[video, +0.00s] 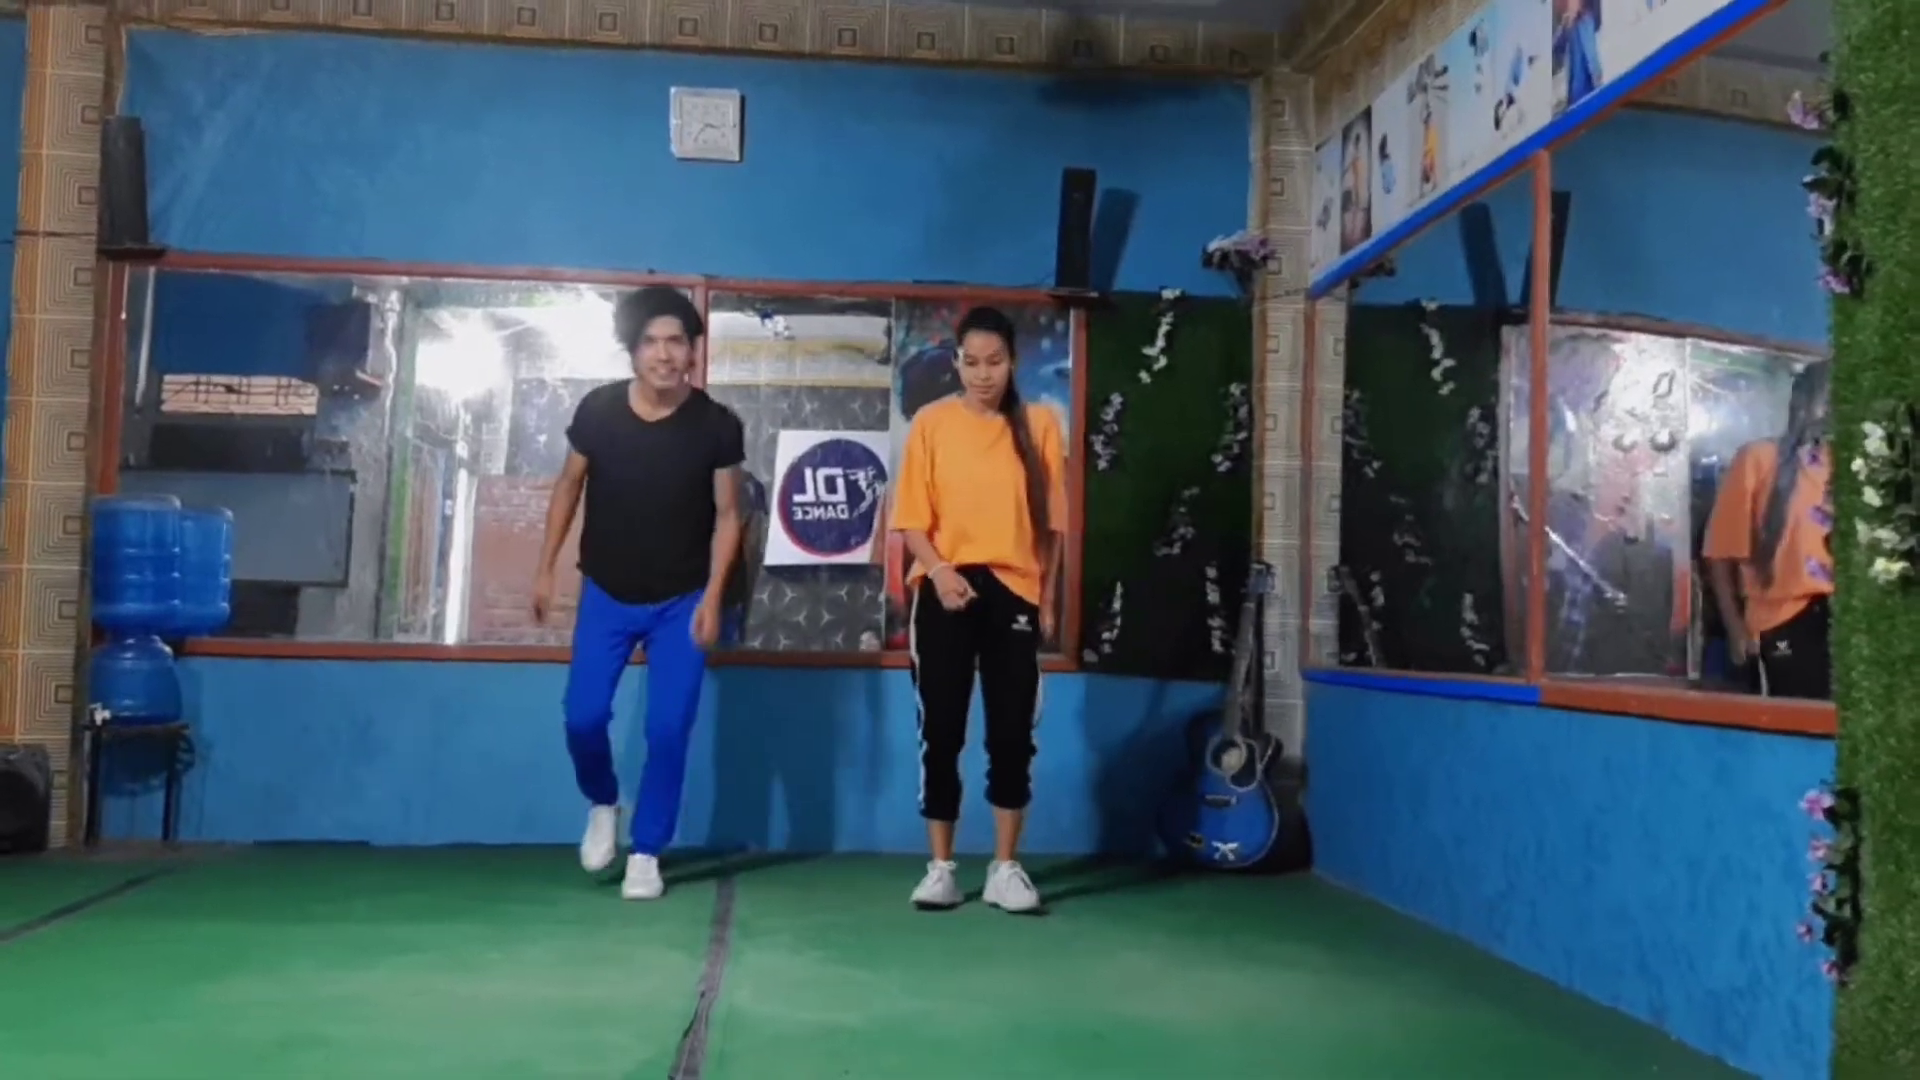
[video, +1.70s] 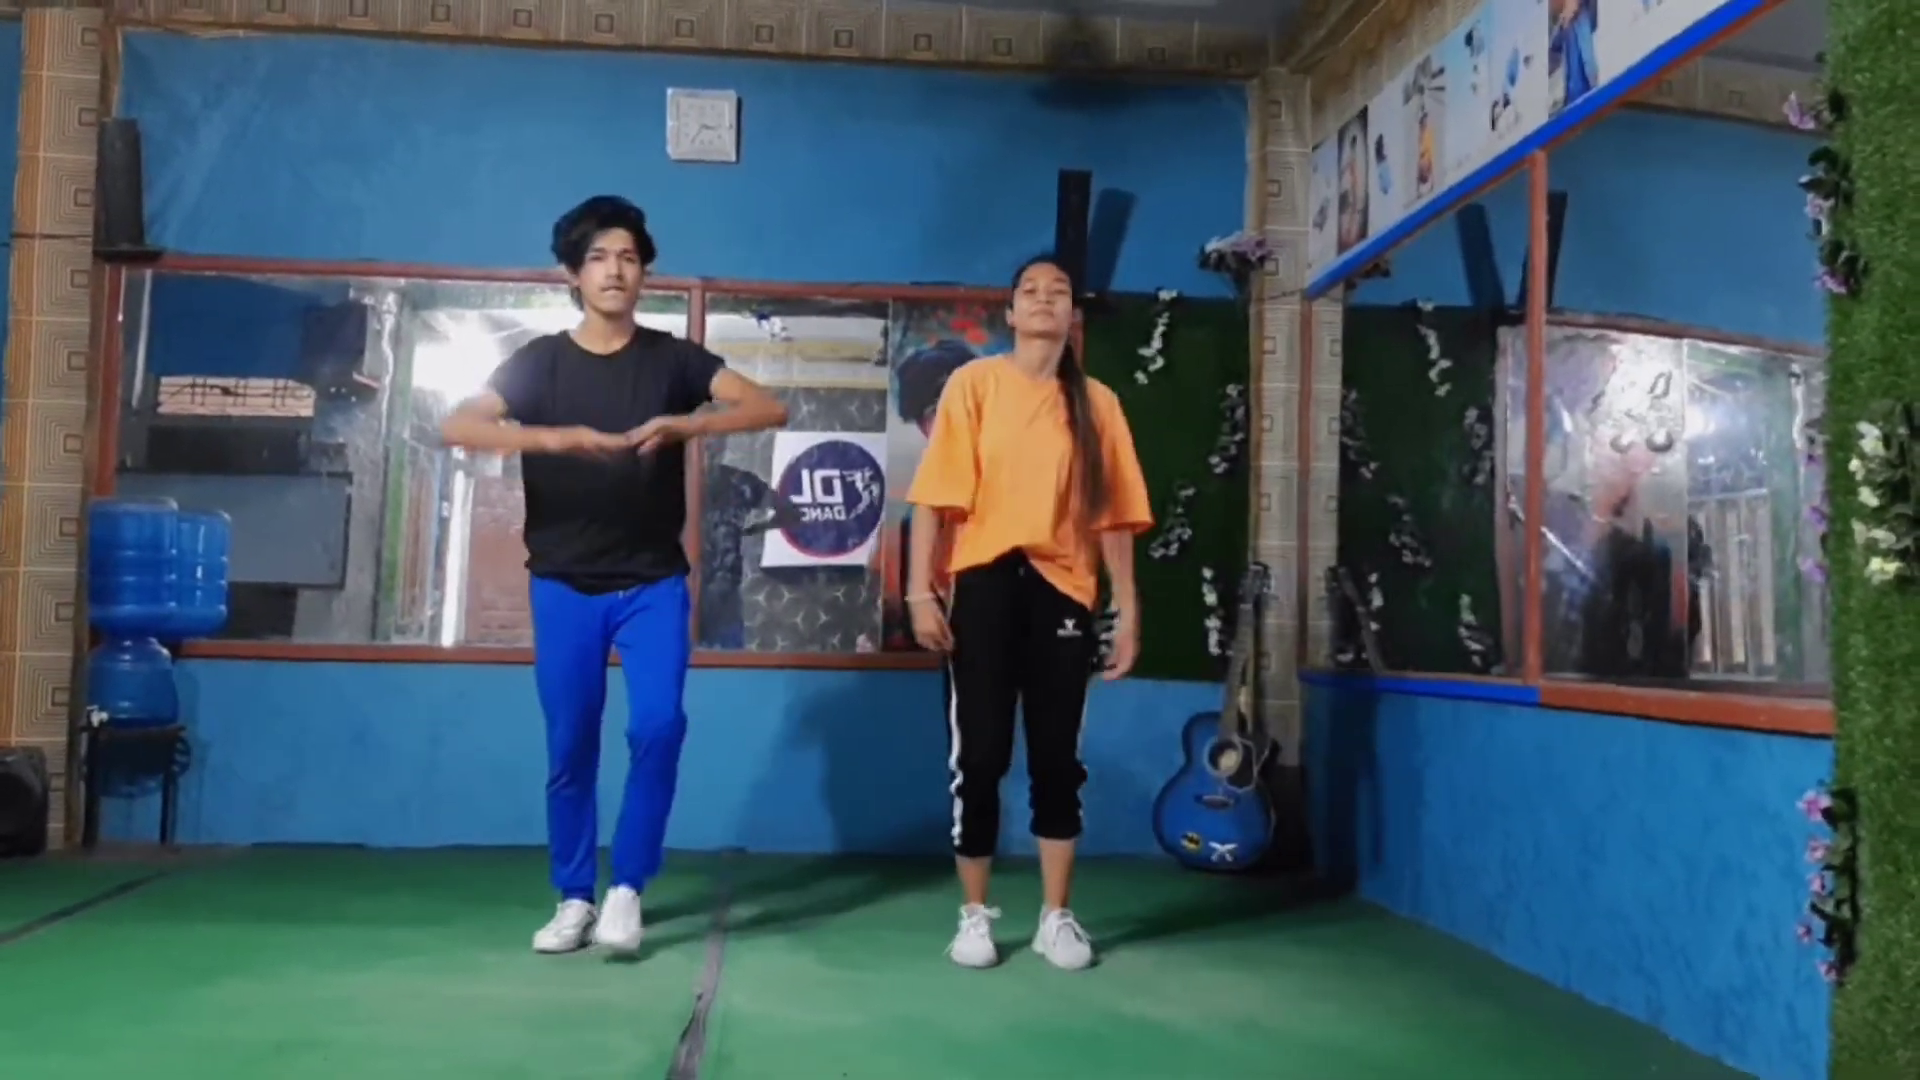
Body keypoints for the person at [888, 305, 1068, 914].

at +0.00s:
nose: (984, 371)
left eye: (995, 359)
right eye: (973, 359)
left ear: (1012, 362)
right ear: (958, 362)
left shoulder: (1039, 426)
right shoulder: (930, 424)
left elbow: (1053, 526)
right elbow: (910, 519)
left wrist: (1044, 598)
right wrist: (937, 569)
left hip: (1014, 591)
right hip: (945, 588)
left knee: (1011, 735)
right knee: (941, 734)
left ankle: (1005, 868)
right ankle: (941, 866)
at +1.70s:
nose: (1043, 302)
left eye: (1057, 294)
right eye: (1031, 293)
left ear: (1077, 316)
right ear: (1010, 311)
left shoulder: (1096, 401)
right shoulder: (972, 383)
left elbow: (1114, 522)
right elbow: (929, 499)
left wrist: (1127, 612)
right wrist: (919, 592)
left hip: (1065, 590)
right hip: (981, 586)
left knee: (1056, 757)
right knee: (979, 757)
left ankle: (1056, 916)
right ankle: (975, 912)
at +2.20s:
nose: (1043, 335)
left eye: (1057, 325)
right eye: (1033, 325)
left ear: (1081, 340)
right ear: (1017, 338)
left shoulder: (1113, 415)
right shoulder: (987, 413)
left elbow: (1135, 520)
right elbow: (957, 518)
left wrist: (1171, 513)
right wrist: (937, 514)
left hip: (1081, 597)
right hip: (1001, 592)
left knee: (1082, 750)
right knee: (990, 750)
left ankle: (1045, 863)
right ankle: (977, 909)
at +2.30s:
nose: (1066, 339)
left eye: (1079, 327)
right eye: (1055, 329)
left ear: (1105, 336)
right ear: (1041, 341)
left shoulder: (1137, 415)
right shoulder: (1008, 404)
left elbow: (1180, 513)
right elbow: (938, 485)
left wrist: (1241, 503)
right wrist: (903, 444)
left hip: (1100, 601)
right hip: (1014, 596)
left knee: (1134, 744)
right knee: (976, 745)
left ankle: (1103, 846)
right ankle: (981, 905)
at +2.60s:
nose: (1102, 336)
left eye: (1114, 322)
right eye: (1089, 325)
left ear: (1137, 331)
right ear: (1074, 337)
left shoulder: (1170, 410)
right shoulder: (1043, 394)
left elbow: (1233, 506)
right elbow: (969, 464)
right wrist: (962, 429)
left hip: (1123, 597)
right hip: (1040, 588)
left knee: (1145, 759)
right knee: (976, 691)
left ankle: (1155, 900)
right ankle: (1002, 846)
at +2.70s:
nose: (1096, 317)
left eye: (1109, 305)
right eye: (1083, 305)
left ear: (1131, 315)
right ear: (1068, 316)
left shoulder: (1157, 383)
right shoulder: (1032, 375)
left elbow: (1234, 448)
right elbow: (948, 416)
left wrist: (1154, 427)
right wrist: (1016, 459)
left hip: (1112, 571)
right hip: (1028, 563)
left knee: (1126, 721)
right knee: (994, 687)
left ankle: (1114, 862)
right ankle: (1011, 834)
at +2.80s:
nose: (1084, 323)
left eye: (1097, 311)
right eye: (1071, 312)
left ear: (1119, 323)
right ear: (1055, 324)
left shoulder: (1147, 391)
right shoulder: (1029, 401)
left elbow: (1165, 486)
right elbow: (989, 508)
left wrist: (1114, 447)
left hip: (1106, 582)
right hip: (1029, 578)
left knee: (1075, 746)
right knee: (1019, 743)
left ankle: (1070, 890)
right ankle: (1018, 899)